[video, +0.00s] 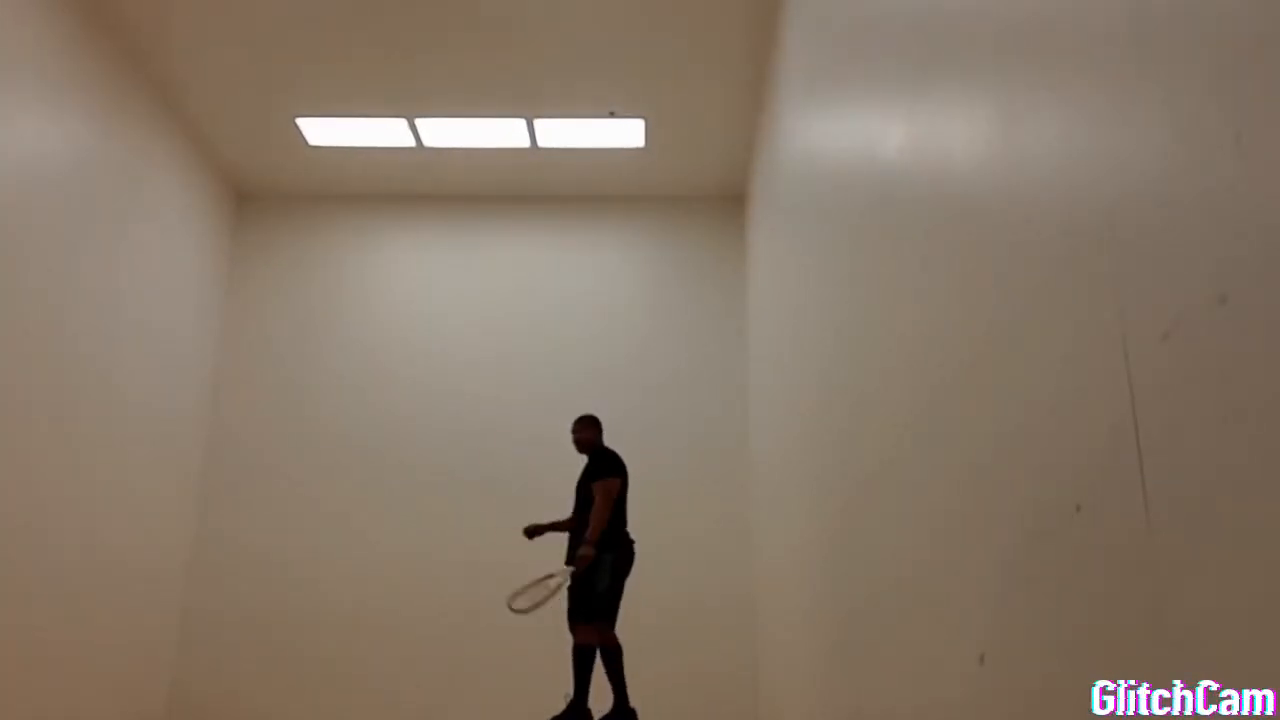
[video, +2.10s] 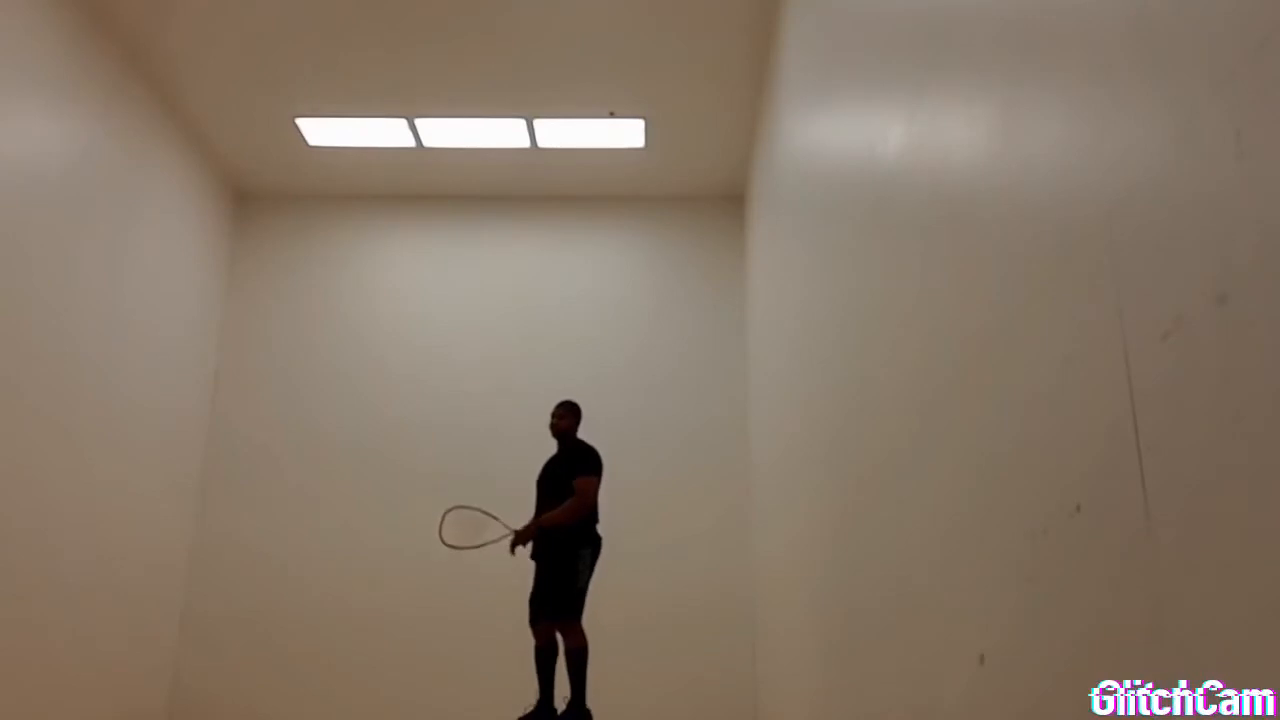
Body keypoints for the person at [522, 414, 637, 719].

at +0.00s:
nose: (576, 439)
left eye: (581, 433)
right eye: (574, 434)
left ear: (595, 433)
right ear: (579, 437)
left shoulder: (605, 463)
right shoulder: (594, 467)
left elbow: (602, 511)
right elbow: (580, 519)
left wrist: (588, 545)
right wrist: (546, 528)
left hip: (602, 554)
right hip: (604, 555)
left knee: (585, 628)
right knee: (602, 629)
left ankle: (579, 705)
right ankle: (622, 706)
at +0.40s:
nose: (586, 452)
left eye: (587, 447)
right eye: (586, 448)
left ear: (594, 444)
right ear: (604, 443)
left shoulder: (614, 465)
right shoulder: (598, 471)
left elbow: (614, 510)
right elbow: (574, 484)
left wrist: (606, 550)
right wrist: (546, 476)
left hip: (614, 558)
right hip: (589, 557)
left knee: (604, 627)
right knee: (579, 626)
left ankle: (622, 705)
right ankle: (577, 704)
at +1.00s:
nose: (564, 446)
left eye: (566, 440)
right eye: (562, 441)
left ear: (581, 436)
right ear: (581, 436)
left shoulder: (596, 458)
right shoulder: (585, 467)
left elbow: (599, 502)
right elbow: (582, 514)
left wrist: (576, 542)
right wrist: (549, 510)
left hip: (602, 551)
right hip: (596, 552)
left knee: (576, 624)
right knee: (602, 625)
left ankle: (577, 705)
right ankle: (623, 705)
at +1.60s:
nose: (556, 425)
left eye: (563, 421)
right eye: (556, 420)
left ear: (577, 424)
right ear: (560, 424)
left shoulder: (583, 455)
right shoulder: (574, 455)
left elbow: (571, 502)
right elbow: (566, 505)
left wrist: (533, 525)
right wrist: (536, 526)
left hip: (581, 551)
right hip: (575, 550)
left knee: (555, 618)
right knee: (562, 620)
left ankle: (593, 692)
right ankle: (585, 695)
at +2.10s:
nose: (555, 422)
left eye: (562, 417)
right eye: (553, 417)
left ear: (576, 423)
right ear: (551, 423)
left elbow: (584, 504)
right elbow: (549, 509)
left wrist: (536, 525)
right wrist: (529, 535)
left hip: (577, 548)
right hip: (551, 550)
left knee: (568, 621)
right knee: (541, 621)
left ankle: (578, 704)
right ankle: (545, 703)